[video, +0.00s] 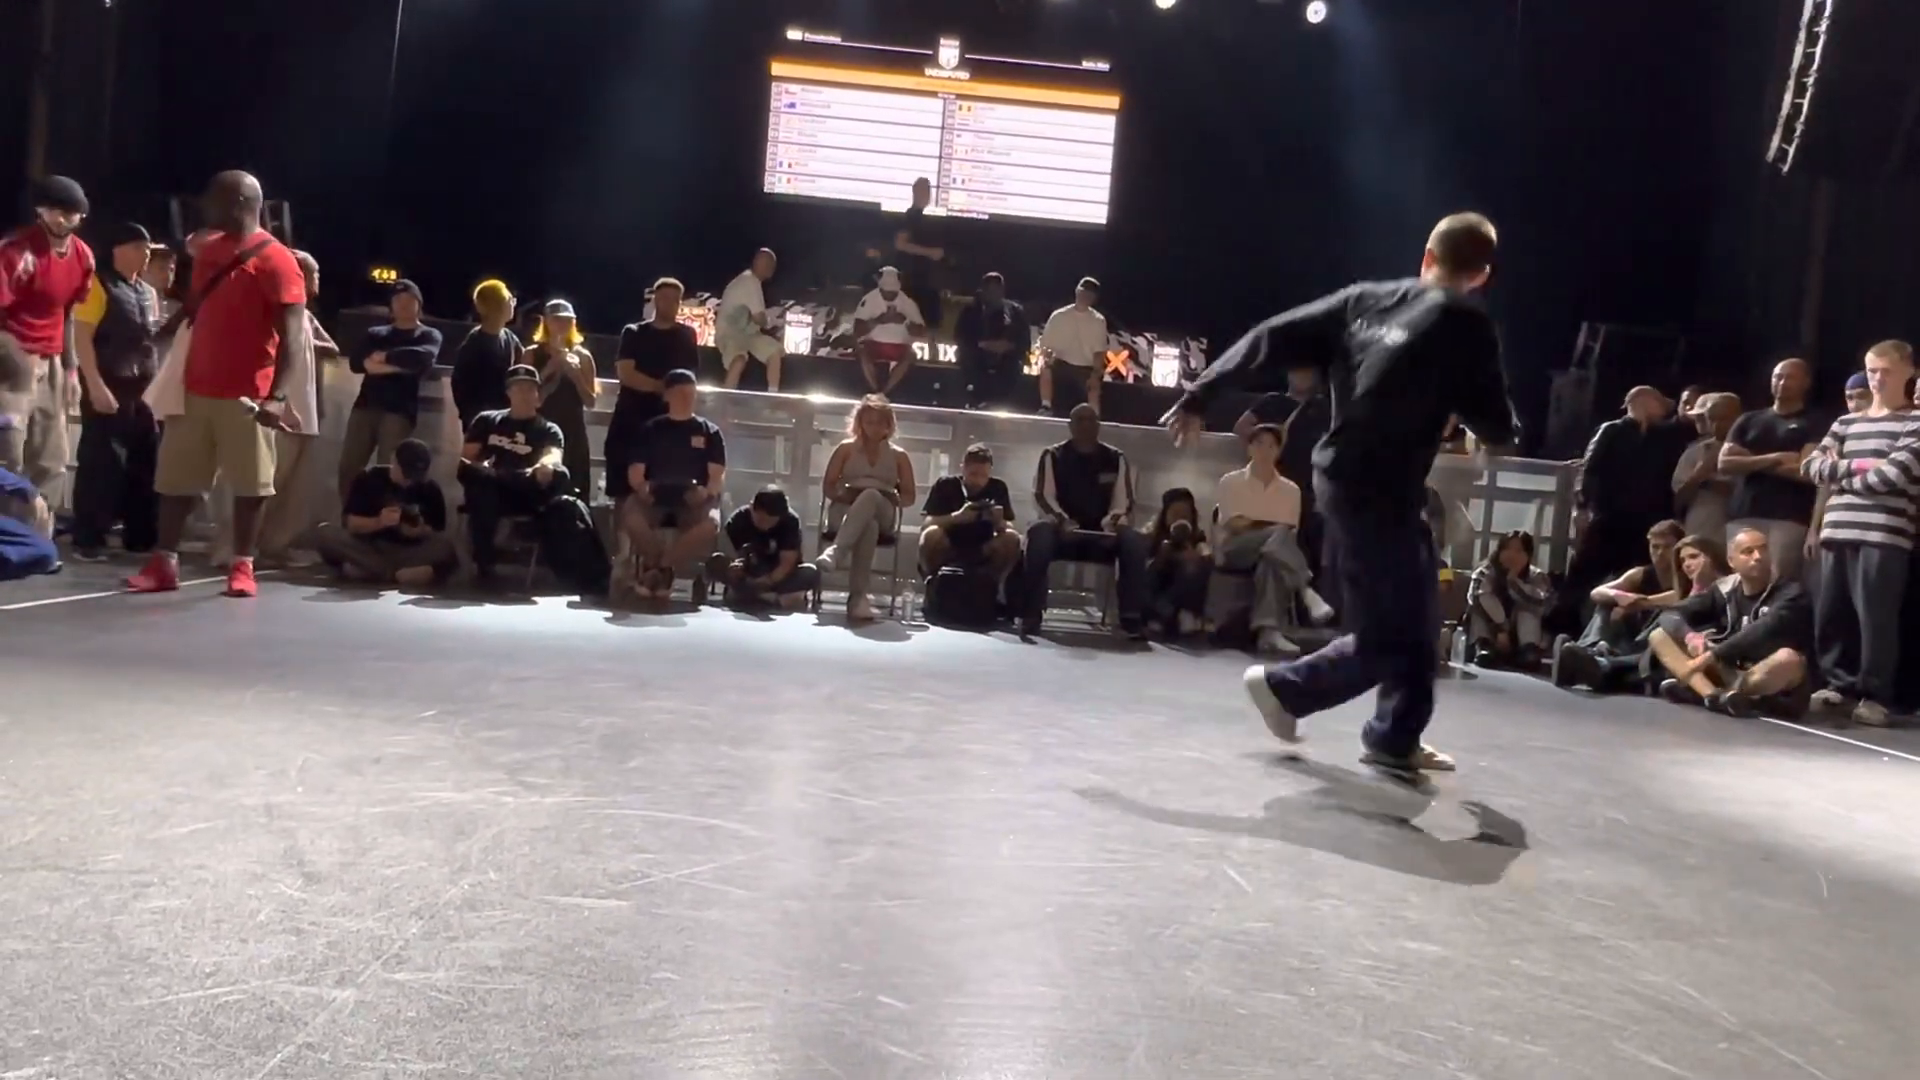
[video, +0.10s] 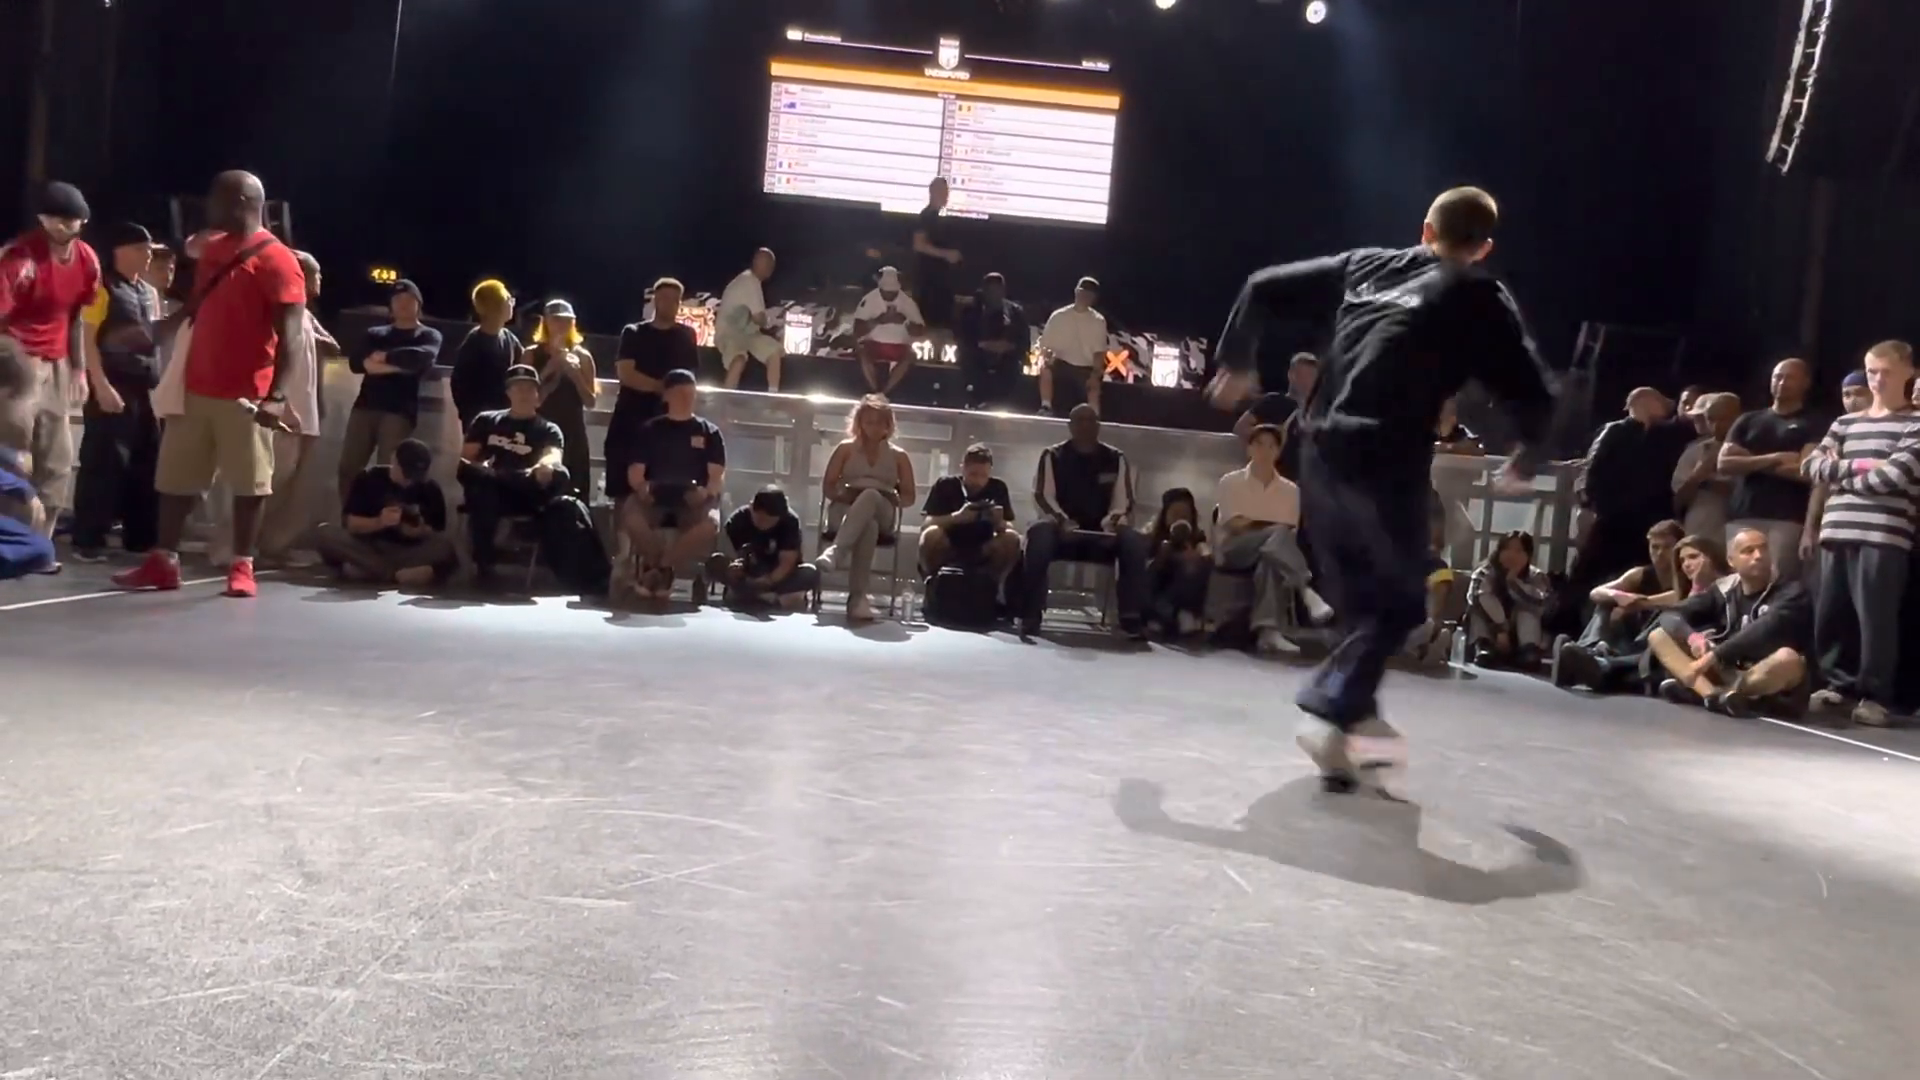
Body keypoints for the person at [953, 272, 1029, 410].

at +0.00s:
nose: (993, 293)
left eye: (996, 288)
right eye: (988, 288)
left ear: (1002, 290)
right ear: (982, 290)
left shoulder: (1015, 311)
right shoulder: (971, 310)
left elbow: (1023, 344)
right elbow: (961, 339)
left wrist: (1005, 346)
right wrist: (983, 346)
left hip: (1006, 376)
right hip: (978, 374)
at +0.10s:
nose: (994, 292)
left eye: (998, 288)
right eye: (990, 288)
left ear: (1003, 290)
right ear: (983, 290)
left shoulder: (1015, 311)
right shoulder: (972, 310)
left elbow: (1023, 344)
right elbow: (965, 344)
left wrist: (1006, 348)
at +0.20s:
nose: (995, 292)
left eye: (998, 288)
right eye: (990, 288)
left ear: (1004, 290)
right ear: (984, 290)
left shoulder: (1015, 311)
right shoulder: (973, 310)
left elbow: (1023, 344)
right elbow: (965, 344)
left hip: (1006, 377)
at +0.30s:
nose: (996, 293)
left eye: (1000, 288)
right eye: (992, 288)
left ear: (1006, 291)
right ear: (986, 290)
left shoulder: (1015, 311)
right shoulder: (975, 309)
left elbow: (1023, 345)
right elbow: (965, 343)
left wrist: (1005, 347)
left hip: (1006, 378)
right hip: (979, 376)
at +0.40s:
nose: (1000, 291)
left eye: (1003, 286)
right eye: (995, 286)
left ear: (1007, 289)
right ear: (986, 289)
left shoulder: (1015, 311)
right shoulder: (975, 309)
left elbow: (1023, 345)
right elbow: (967, 344)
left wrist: (1006, 347)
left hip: (1006, 378)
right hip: (979, 377)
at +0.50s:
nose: (999, 293)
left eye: (1003, 288)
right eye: (996, 288)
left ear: (1008, 291)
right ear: (989, 289)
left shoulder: (1015, 311)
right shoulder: (974, 309)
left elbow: (1023, 345)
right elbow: (965, 342)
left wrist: (1005, 347)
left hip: (1006, 377)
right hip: (979, 375)